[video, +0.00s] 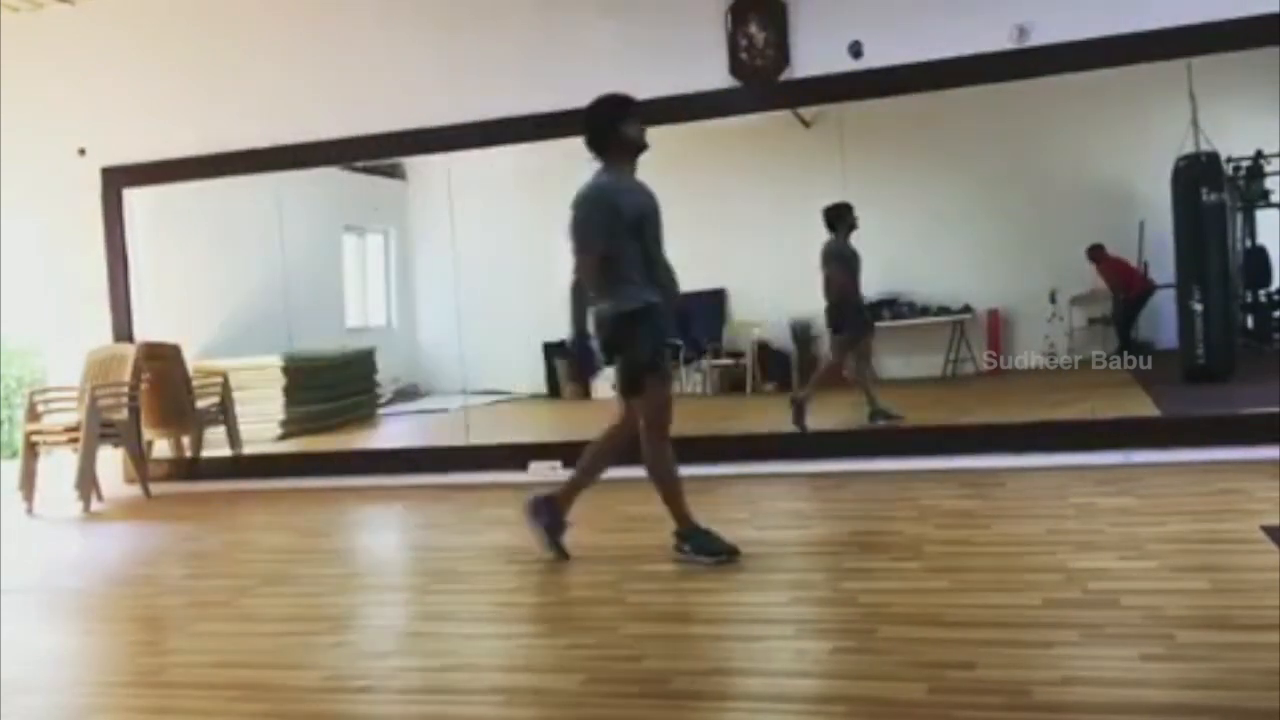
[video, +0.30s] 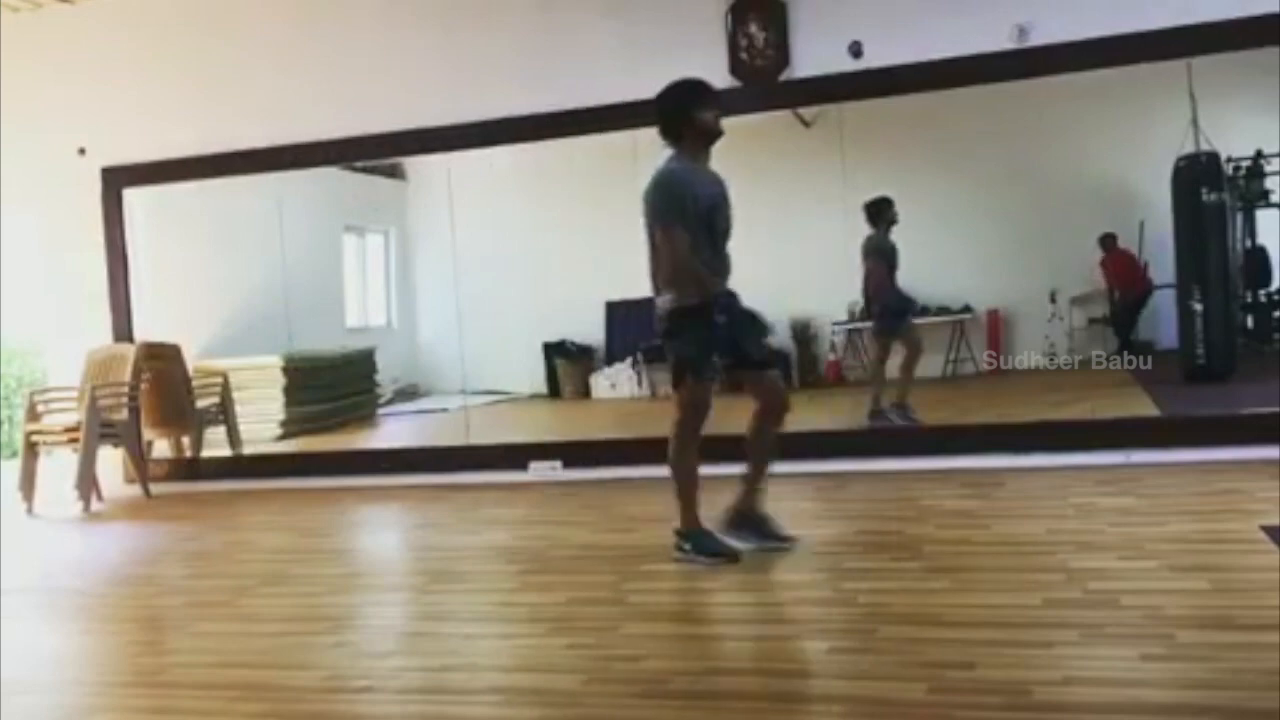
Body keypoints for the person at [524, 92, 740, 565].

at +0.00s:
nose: (643, 130)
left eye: (640, 122)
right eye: (634, 124)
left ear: (620, 135)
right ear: (615, 136)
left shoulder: (640, 194)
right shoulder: (594, 198)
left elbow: (657, 262)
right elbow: (583, 274)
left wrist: (680, 320)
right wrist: (579, 342)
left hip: (650, 312)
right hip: (625, 317)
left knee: (632, 424)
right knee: (654, 424)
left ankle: (557, 504)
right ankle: (687, 528)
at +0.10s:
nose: (661, 124)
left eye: (657, 116)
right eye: (651, 118)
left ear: (638, 130)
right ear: (632, 131)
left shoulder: (657, 188)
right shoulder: (613, 194)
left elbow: (671, 258)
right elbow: (611, 269)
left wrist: (689, 313)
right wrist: (614, 336)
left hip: (672, 312)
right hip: (642, 316)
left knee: (678, 416)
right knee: (666, 418)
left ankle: (593, 492)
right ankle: (687, 527)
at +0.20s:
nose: (699, 120)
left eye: (696, 111)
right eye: (688, 113)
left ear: (675, 124)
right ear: (666, 125)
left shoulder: (692, 182)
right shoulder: (650, 187)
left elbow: (696, 253)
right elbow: (652, 262)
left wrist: (707, 302)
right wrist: (671, 304)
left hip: (705, 305)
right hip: (671, 312)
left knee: (749, 402)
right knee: (683, 413)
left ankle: (688, 493)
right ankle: (687, 522)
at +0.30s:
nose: (718, 119)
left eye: (716, 111)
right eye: (708, 112)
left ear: (698, 122)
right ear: (683, 123)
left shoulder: (710, 180)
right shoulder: (669, 181)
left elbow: (712, 251)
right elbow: (678, 256)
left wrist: (722, 299)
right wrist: (715, 300)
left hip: (720, 306)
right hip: (685, 311)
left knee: (773, 398)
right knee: (691, 411)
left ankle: (747, 509)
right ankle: (690, 526)